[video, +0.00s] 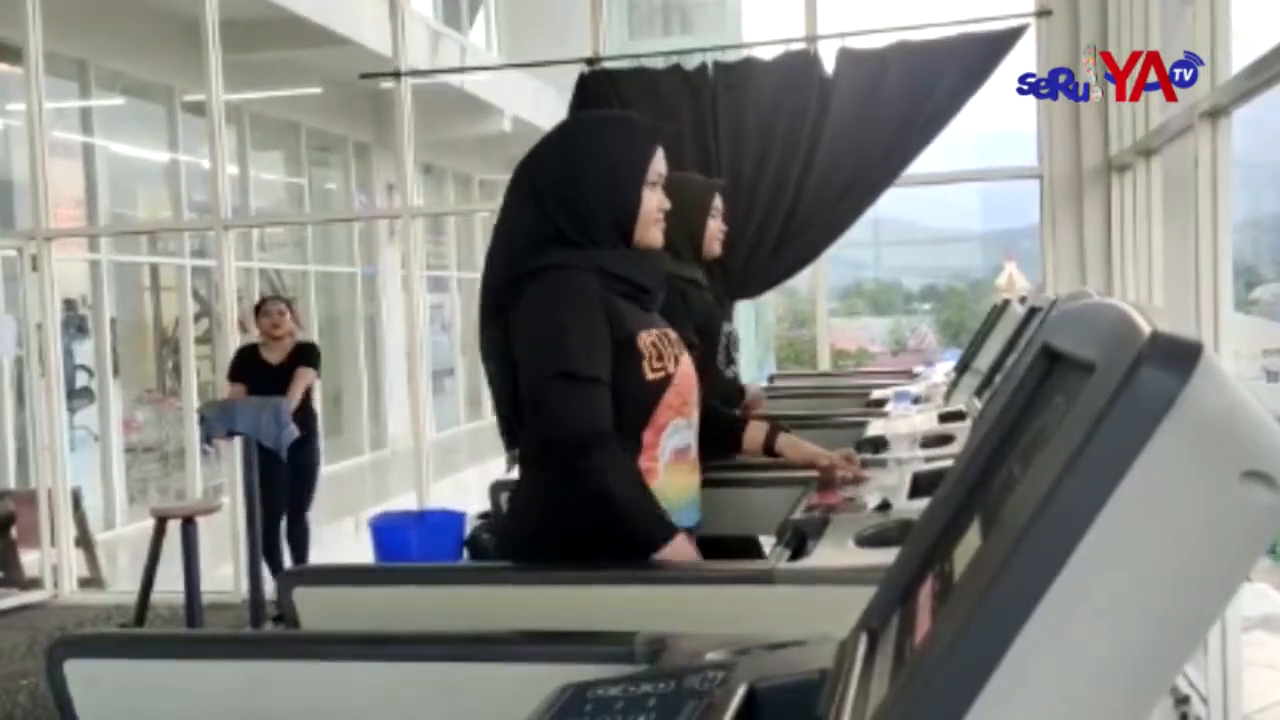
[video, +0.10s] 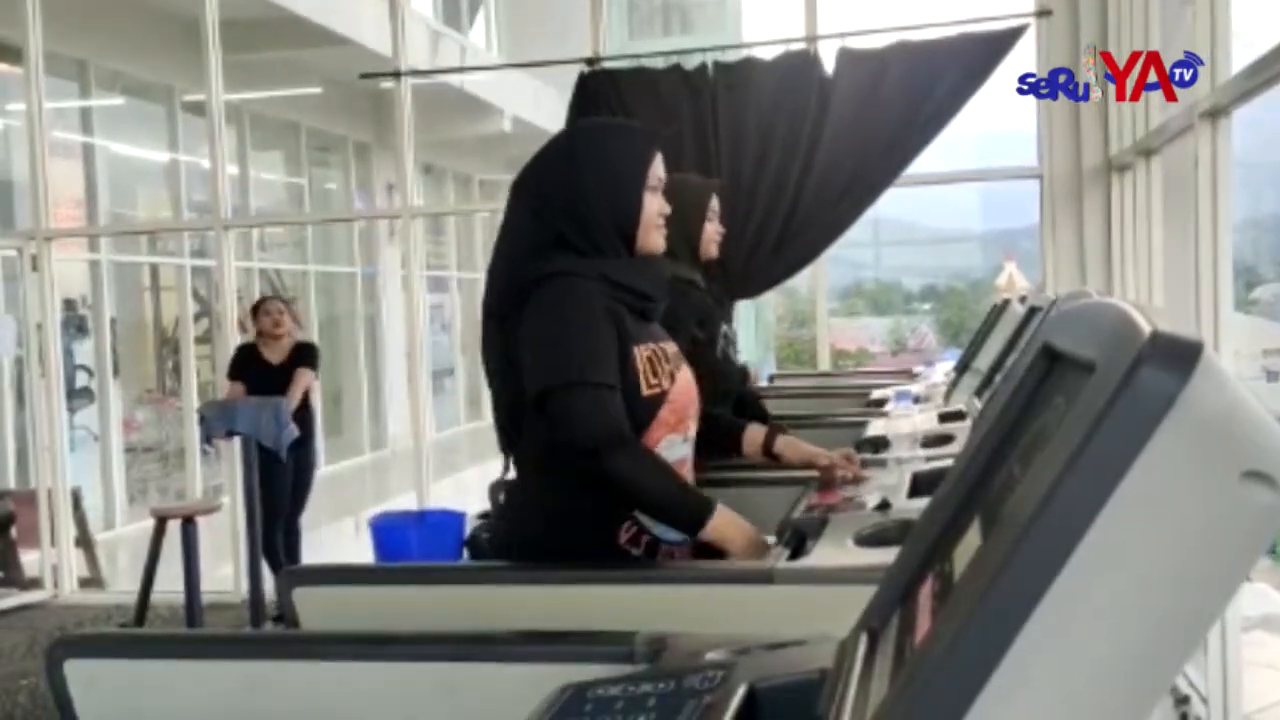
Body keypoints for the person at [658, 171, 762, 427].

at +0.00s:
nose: (723, 227)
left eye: (721, 217)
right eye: (715, 216)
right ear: (689, 219)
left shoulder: (706, 281)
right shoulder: (680, 286)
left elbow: (707, 366)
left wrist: (738, 395)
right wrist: (741, 396)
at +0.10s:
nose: (720, 230)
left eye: (718, 219)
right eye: (711, 219)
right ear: (685, 221)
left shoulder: (707, 285)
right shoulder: (677, 290)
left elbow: (728, 375)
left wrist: (770, 433)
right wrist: (770, 441)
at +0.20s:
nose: (719, 234)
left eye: (717, 224)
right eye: (709, 224)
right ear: (683, 227)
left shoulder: (706, 290)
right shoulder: (676, 294)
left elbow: (741, 376)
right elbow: (716, 382)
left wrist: (797, 429)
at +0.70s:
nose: (714, 229)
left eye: (711, 219)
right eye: (705, 219)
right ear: (679, 222)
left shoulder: (698, 287)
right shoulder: (673, 291)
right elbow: (710, 375)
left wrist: (781, 398)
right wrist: (736, 357)